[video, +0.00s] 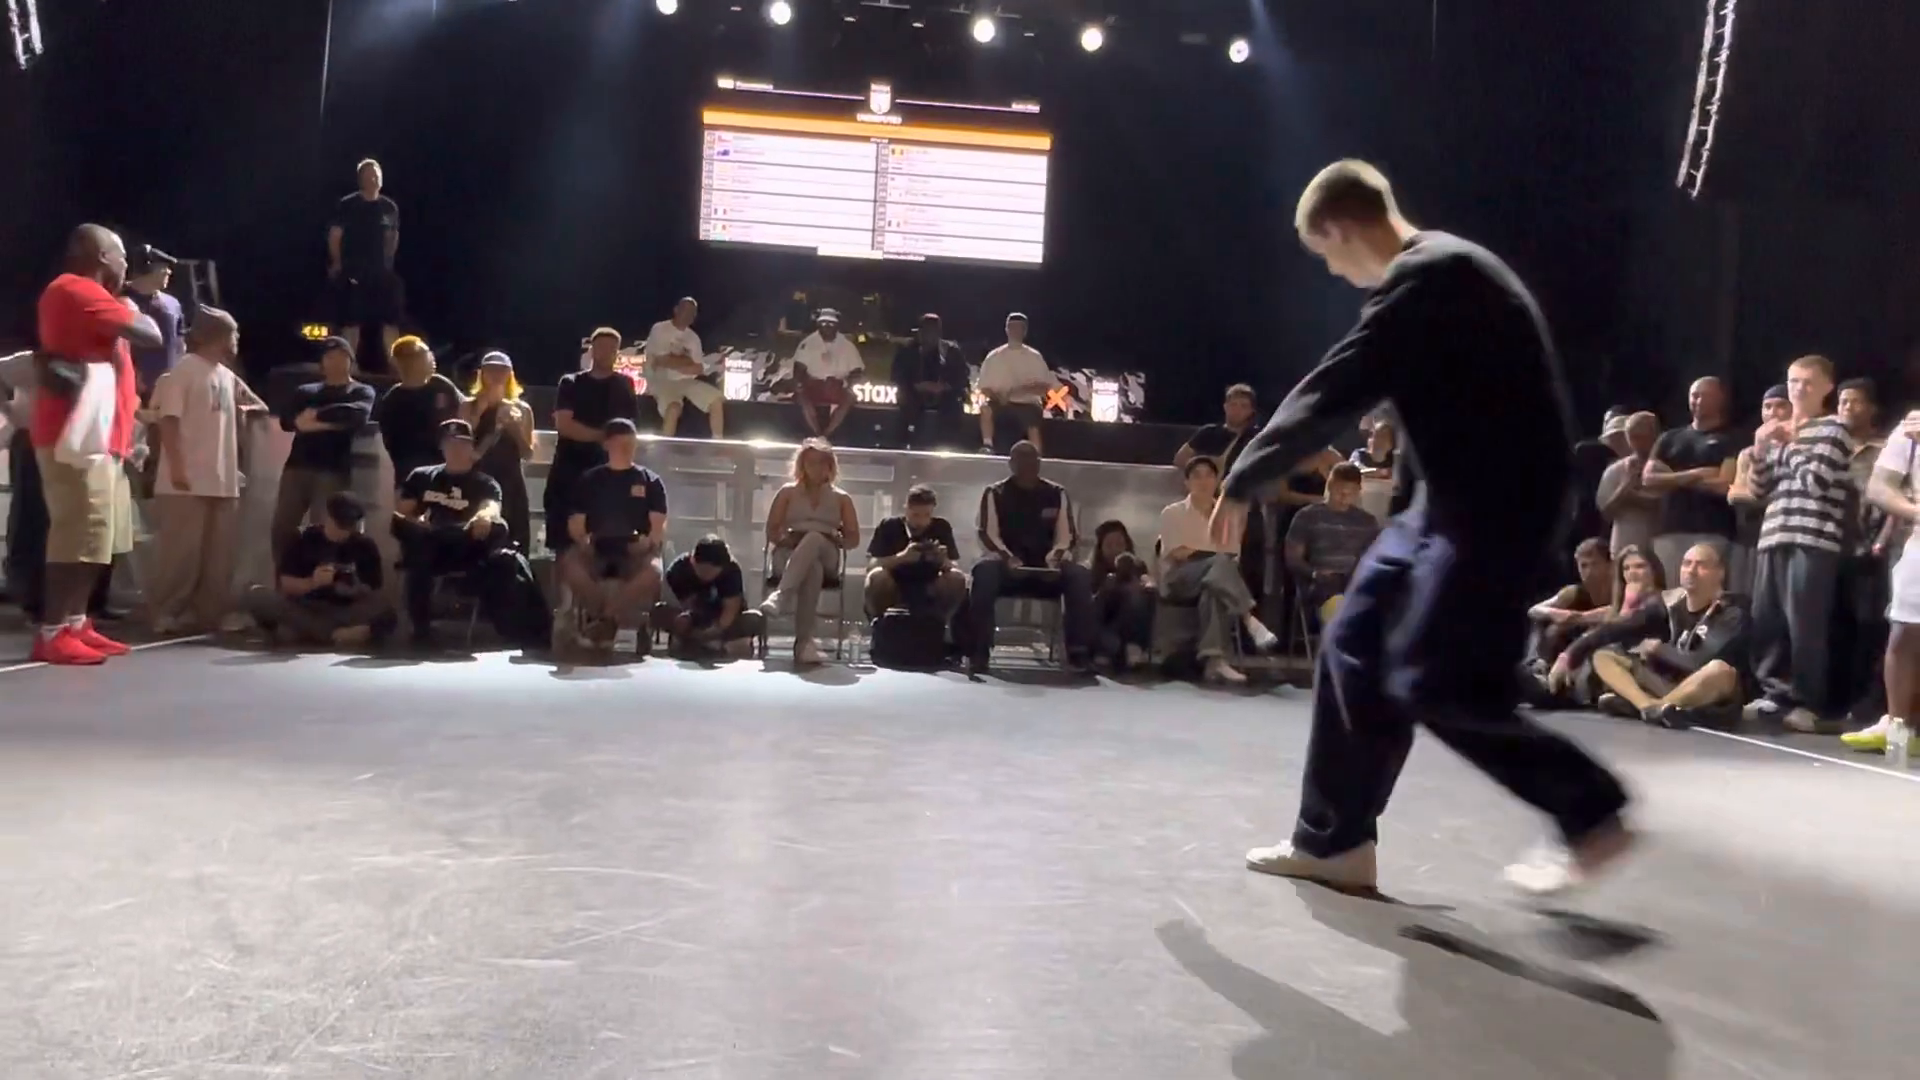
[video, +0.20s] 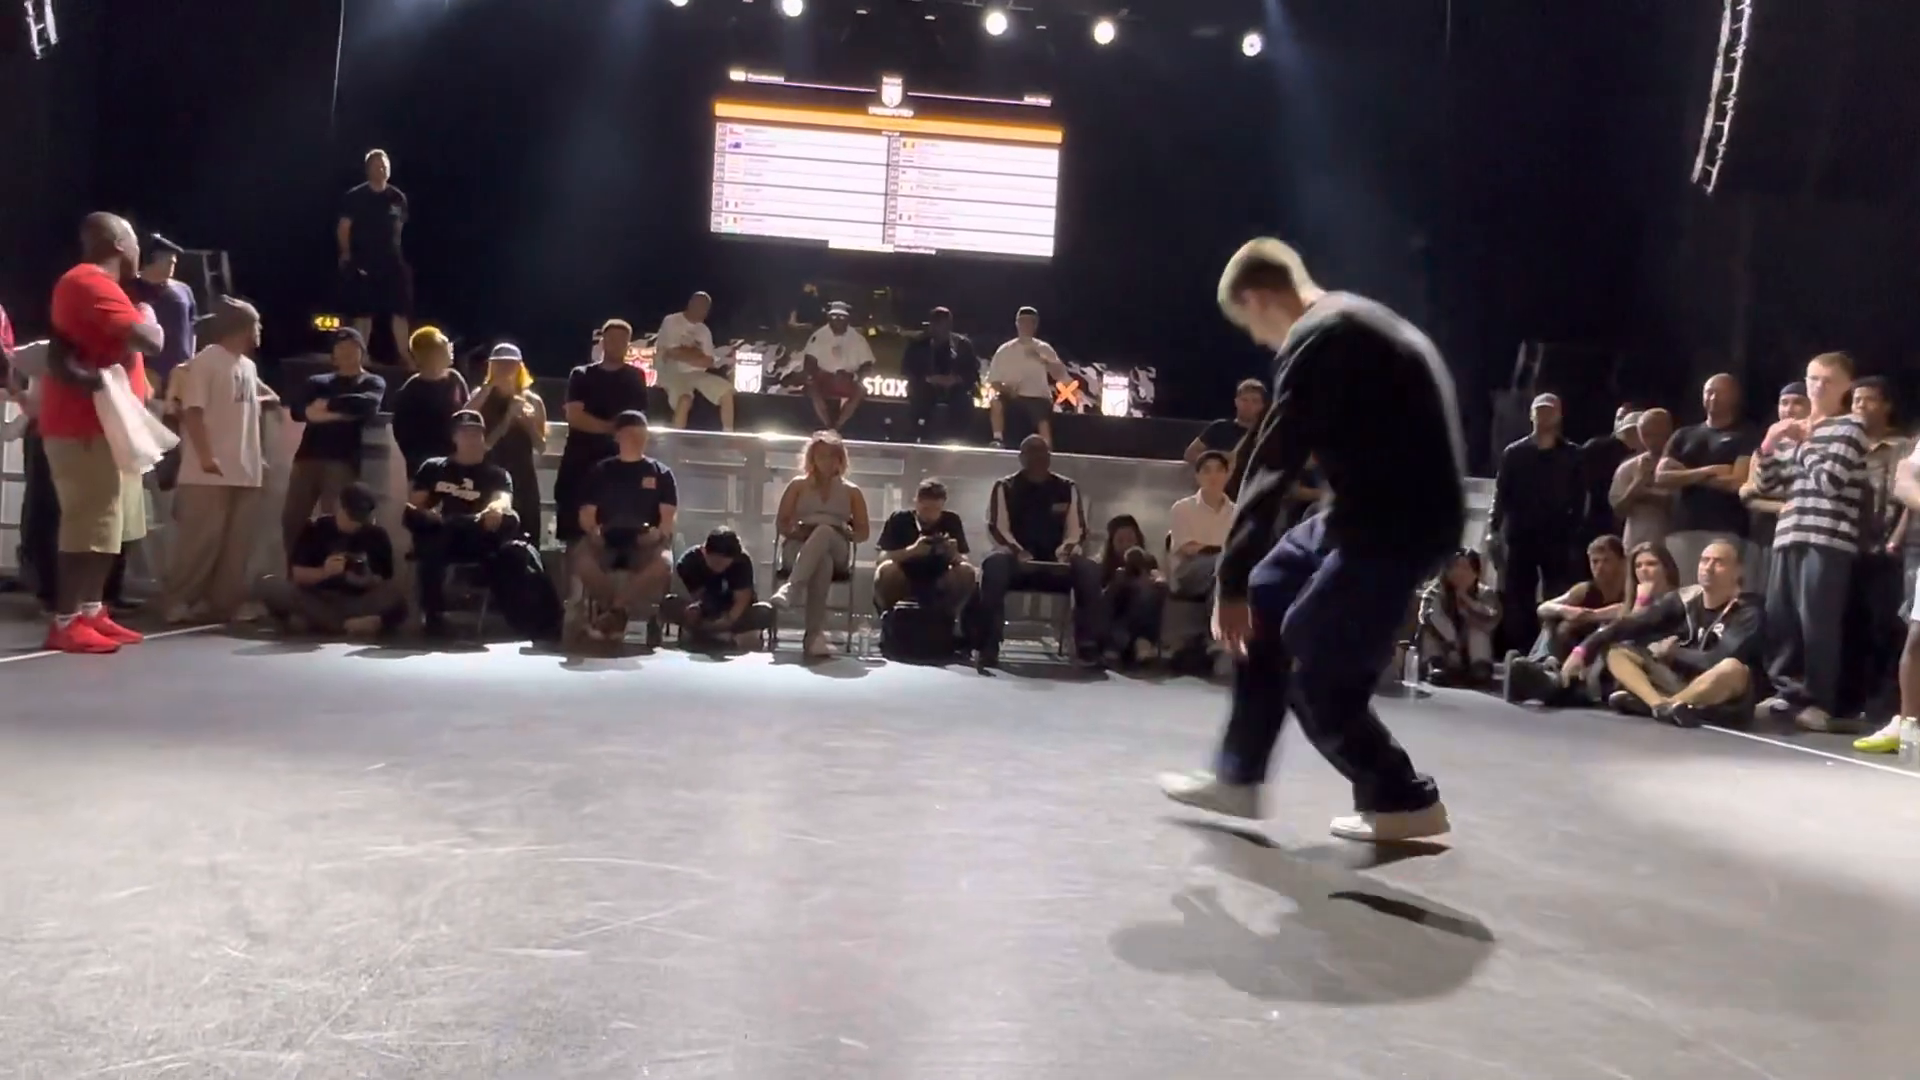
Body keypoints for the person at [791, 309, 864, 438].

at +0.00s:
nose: (827, 328)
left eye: (831, 325)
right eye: (824, 325)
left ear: (836, 327)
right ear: (819, 326)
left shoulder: (846, 345)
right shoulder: (808, 343)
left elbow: (857, 370)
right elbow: (799, 366)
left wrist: (847, 382)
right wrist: (800, 381)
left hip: (836, 384)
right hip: (813, 383)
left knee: (849, 398)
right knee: (802, 397)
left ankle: (827, 434)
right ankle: (817, 434)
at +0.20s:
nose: (837, 323)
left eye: (841, 319)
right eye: (834, 319)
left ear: (847, 320)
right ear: (829, 319)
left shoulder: (857, 338)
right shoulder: (819, 335)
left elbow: (867, 362)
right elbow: (809, 359)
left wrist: (859, 378)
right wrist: (812, 374)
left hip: (847, 377)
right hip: (824, 375)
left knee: (860, 391)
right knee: (812, 389)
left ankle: (837, 426)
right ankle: (828, 426)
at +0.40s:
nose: (847, 317)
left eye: (851, 314)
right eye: (844, 313)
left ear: (856, 314)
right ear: (839, 313)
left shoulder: (866, 331)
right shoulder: (829, 328)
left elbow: (876, 356)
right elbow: (818, 352)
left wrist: (866, 370)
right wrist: (824, 366)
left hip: (856, 370)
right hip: (833, 368)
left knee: (869, 385)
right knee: (821, 382)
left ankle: (846, 421)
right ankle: (836, 420)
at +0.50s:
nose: (852, 318)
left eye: (855, 314)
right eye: (849, 314)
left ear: (861, 312)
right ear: (843, 312)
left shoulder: (870, 329)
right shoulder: (833, 326)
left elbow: (881, 354)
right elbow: (822, 350)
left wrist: (871, 364)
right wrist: (831, 362)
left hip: (862, 368)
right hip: (838, 366)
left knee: (873, 382)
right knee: (825, 378)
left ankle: (850, 418)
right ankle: (840, 417)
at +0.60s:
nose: (855, 317)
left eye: (859, 314)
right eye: (852, 314)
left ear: (864, 312)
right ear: (846, 312)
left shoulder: (873, 326)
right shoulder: (836, 324)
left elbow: (886, 353)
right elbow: (825, 354)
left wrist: (869, 354)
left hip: (866, 369)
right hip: (841, 368)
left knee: (876, 381)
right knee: (828, 376)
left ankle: (854, 417)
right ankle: (844, 416)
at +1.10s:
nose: (865, 315)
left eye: (869, 312)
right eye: (862, 311)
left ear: (874, 308)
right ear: (855, 307)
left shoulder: (884, 321)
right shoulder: (846, 319)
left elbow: (895, 351)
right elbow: (834, 349)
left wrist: (881, 339)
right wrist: (856, 339)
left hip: (875, 365)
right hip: (850, 363)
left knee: (886, 375)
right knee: (838, 369)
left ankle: (862, 412)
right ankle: (852, 410)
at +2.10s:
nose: (880, 303)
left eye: (883, 300)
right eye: (876, 300)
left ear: (889, 297)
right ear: (871, 296)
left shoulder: (899, 310)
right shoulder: (861, 307)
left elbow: (910, 340)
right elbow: (848, 339)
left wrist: (895, 328)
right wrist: (871, 328)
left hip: (891, 353)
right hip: (865, 351)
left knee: (901, 364)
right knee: (853, 360)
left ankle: (877, 400)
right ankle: (867, 399)